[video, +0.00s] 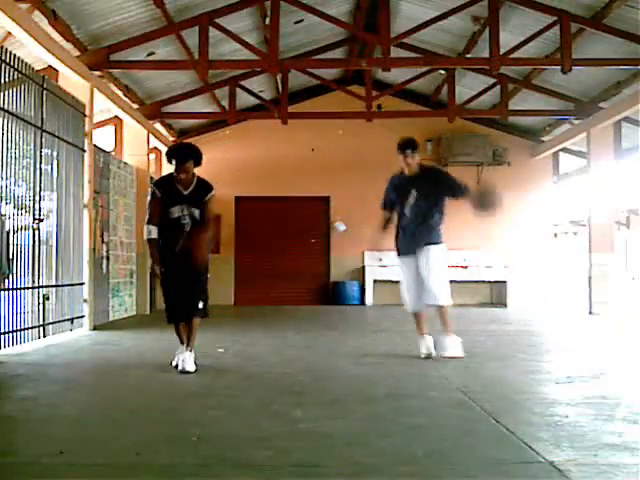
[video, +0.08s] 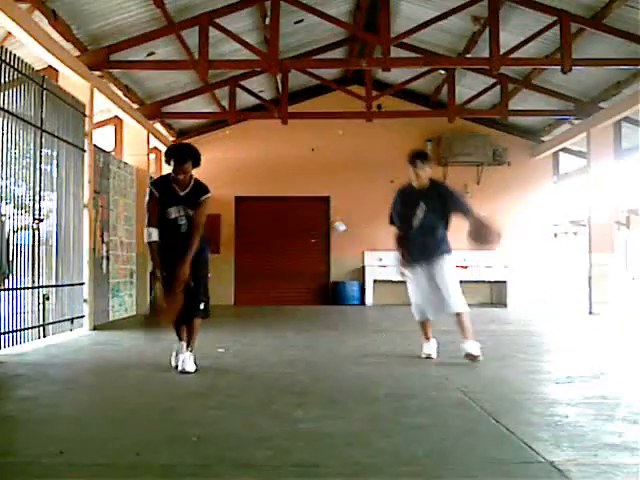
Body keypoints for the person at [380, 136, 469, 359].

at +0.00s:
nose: (409, 160)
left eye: (412, 155)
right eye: (405, 156)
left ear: (419, 155)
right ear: (400, 157)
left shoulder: (433, 175)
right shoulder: (396, 181)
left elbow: (460, 190)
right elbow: (388, 208)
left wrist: (476, 196)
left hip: (430, 240)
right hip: (405, 244)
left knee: (436, 288)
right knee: (413, 294)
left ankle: (449, 337)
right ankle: (423, 338)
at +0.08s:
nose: (419, 173)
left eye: (423, 167)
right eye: (415, 168)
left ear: (429, 168)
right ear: (410, 169)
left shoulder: (440, 190)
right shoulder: (403, 194)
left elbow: (465, 209)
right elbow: (399, 228)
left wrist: (482, 225)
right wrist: (402, 256)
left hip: (439, 254)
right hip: (413, 258)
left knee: (453, 296)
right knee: (419, 303)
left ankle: (469, 341)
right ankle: (428, 342)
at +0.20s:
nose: (431, 186)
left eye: (435, 182)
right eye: (428, 181)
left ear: (443, 181)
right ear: (423, 181)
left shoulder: (451, 202)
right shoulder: (413, 203)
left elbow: (467, 229)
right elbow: (410, 241)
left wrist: (482, 253)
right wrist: (415, 272)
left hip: (448, 264)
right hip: (423, 268)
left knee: (464, 306)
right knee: (425, 309)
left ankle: (479, 346)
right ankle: (429, 340)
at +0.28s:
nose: (444, 203)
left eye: (448, 198)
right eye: (440, 198)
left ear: (454, 198)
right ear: (433, 197)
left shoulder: (459, 217)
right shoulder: (422, 216)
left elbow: (460, 255)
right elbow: (419, 253)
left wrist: (459, 286)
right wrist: (419, 285)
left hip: (455, 266)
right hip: (431, 268)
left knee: (473, 306)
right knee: (429, 309)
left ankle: (481, 348)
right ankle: (425, 334)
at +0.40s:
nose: (447, 223)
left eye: (451, 218)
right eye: (444, 217)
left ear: (457, 216)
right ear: (438, 211)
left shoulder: (461, 230)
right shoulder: (423, 225)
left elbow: (456, 269)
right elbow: (418, 252)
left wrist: (446, 308)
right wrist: (418, 261)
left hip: (456, 272)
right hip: (430, 275)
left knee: (476, 304)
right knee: (426, 315)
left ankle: (483, 349)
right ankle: (413, 340)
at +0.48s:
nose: (443, 230)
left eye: (447, 226)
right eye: (440, 226)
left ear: (452, 223)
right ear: (431, 220)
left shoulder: (456, 234)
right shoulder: (417, 232)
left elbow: (458, 273)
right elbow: (403, 259)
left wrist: (456, 312)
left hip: (453, 276)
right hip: (427, 279)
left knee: (476, 305)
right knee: (416, 312)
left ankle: (484, 348)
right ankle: (399, 341)